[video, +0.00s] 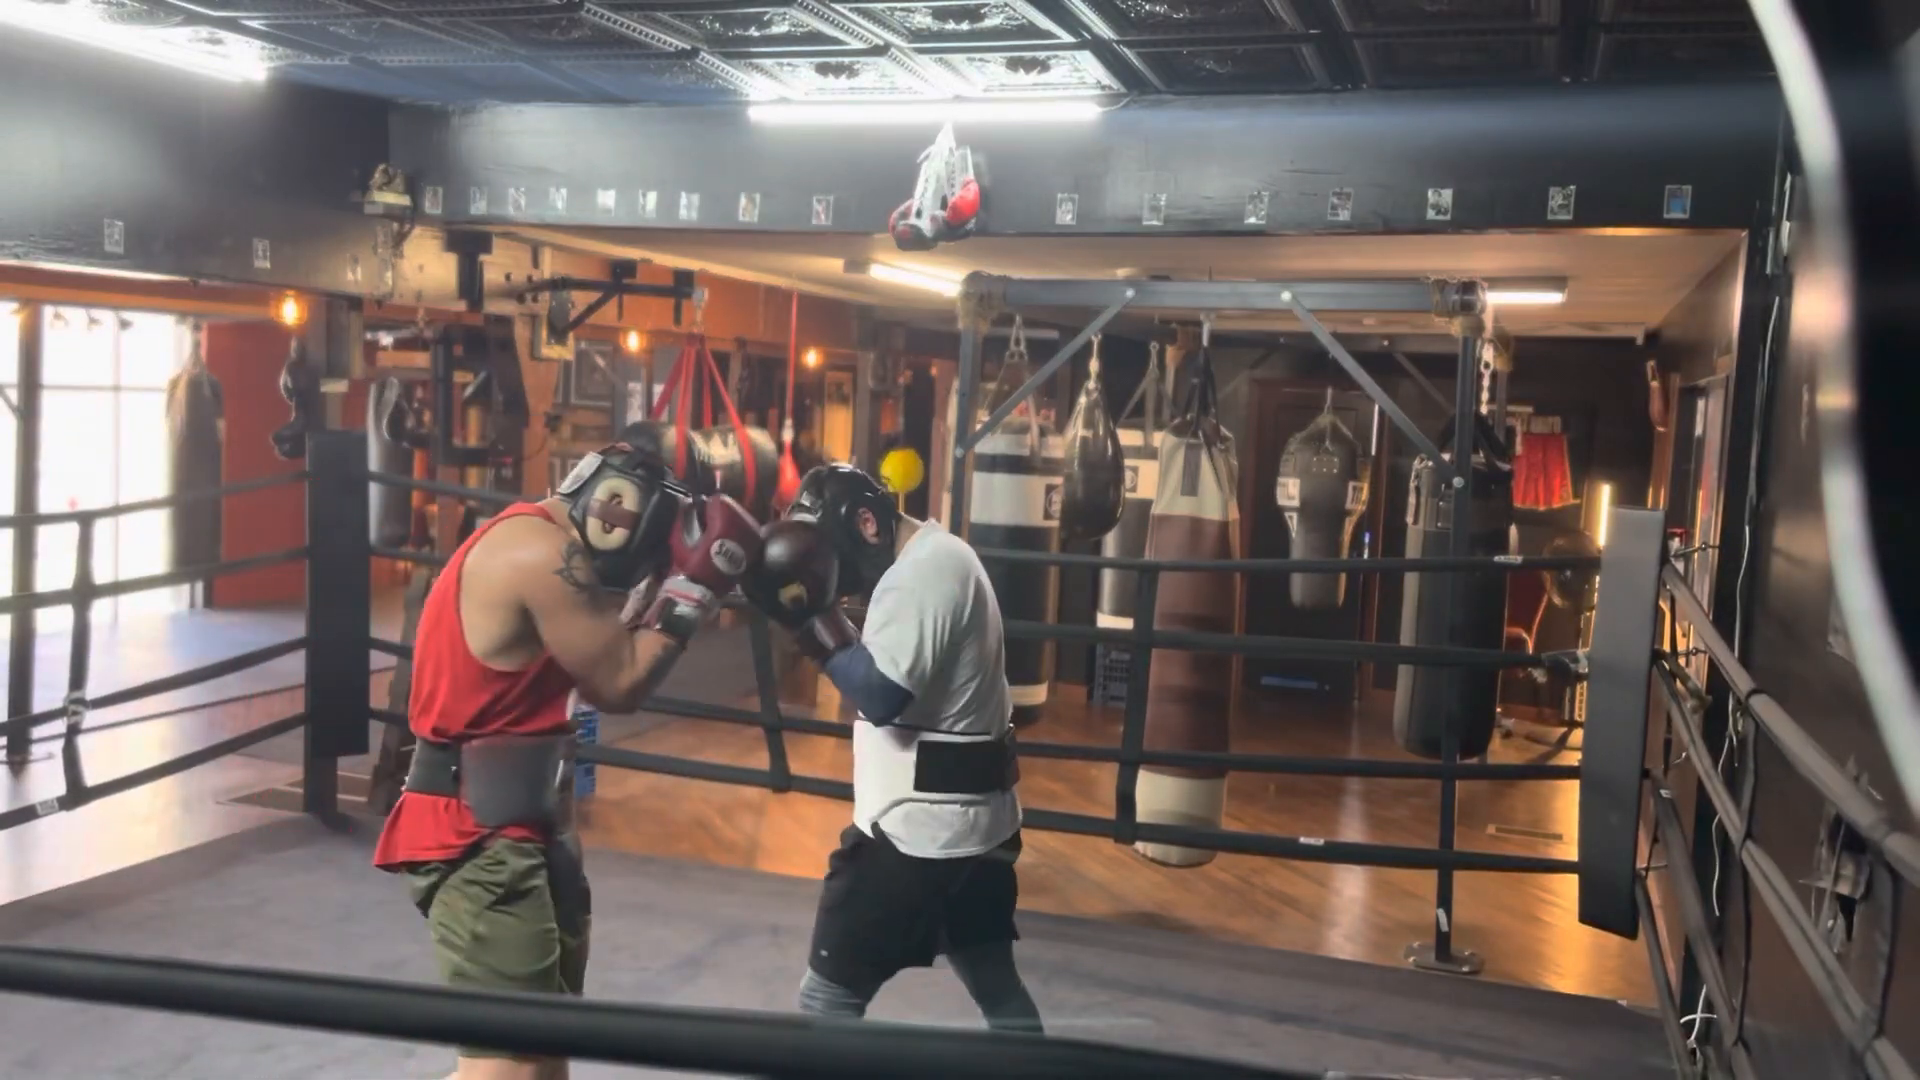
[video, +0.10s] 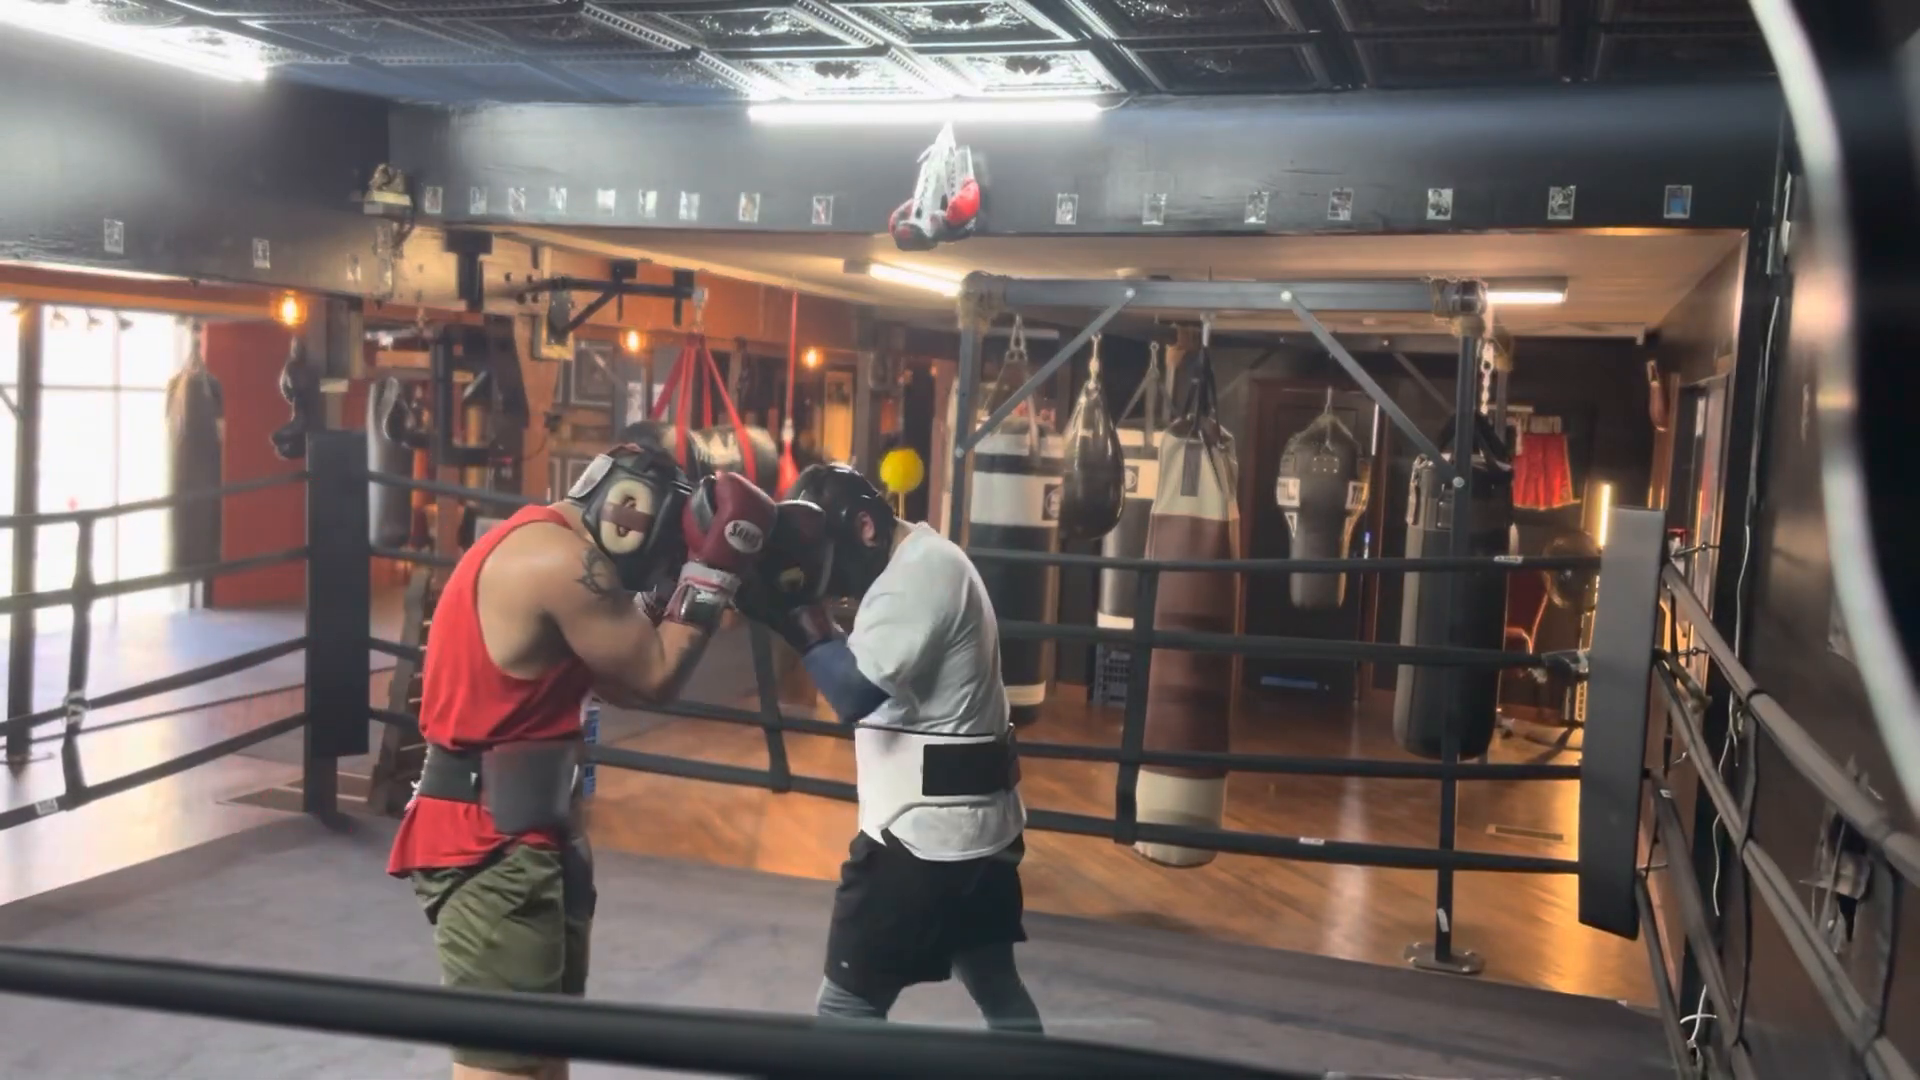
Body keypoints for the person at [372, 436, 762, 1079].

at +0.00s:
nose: (620, 521)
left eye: (640, 512)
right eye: (614, 499)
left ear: (656, 523)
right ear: (591, 485)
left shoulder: (545, 536)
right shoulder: (537, 554)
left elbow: (608, 660)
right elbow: (620, 683)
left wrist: (674, 579)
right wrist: (692, 593)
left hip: (516, 817)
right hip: (476, 825)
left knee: (547, 1041)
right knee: (506, 1049)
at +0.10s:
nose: (632, 526)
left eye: (653, 516)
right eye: (625, 503)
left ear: (673, 525)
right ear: (598, 485)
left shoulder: (543, 541)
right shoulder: (557, 562)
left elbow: (626, 678)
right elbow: (655, 677)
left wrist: (684, 581)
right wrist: (713, 575)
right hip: (494, 835)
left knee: (543, 1052)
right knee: (500, 1060)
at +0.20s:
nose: (654, 549)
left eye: (664, 534)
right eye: (647, 529)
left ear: (595, 497)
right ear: (620, 512)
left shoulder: (512, 553)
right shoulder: (573, 579)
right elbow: (669, 691)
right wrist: (719, 586)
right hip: (505, 859)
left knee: (562, 1049)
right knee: (504, 1061)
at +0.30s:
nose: (679, 557)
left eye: (684, 541)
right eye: (677, 538)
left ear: (598, 499)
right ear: (642, 526)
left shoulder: (486, 566)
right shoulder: (587, 591)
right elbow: (670, 714)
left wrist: (698, 617)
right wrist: (722, 609)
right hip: (507, 875)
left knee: (564, 1052)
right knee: (497, 1065)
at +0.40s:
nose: (671, 562)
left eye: (678, 546)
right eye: (678, 541)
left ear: (600, 496)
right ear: (647, 526)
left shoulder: (465, 563)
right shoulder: (593, 592)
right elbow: (651, 736)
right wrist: (718, 634)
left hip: (439, 868)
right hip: (504, 883)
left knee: (543, 1061)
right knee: (499, 1069)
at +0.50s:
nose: (667, 565)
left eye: (677, 551)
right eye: (673, 546)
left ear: (596, 503)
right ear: (645, 530)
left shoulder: (466, 562)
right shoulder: (592, 595)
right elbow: (654, 737)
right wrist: (717, 632)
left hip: (431, 867)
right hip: (497, 881)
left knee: (531, 1061)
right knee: (502, 1069)